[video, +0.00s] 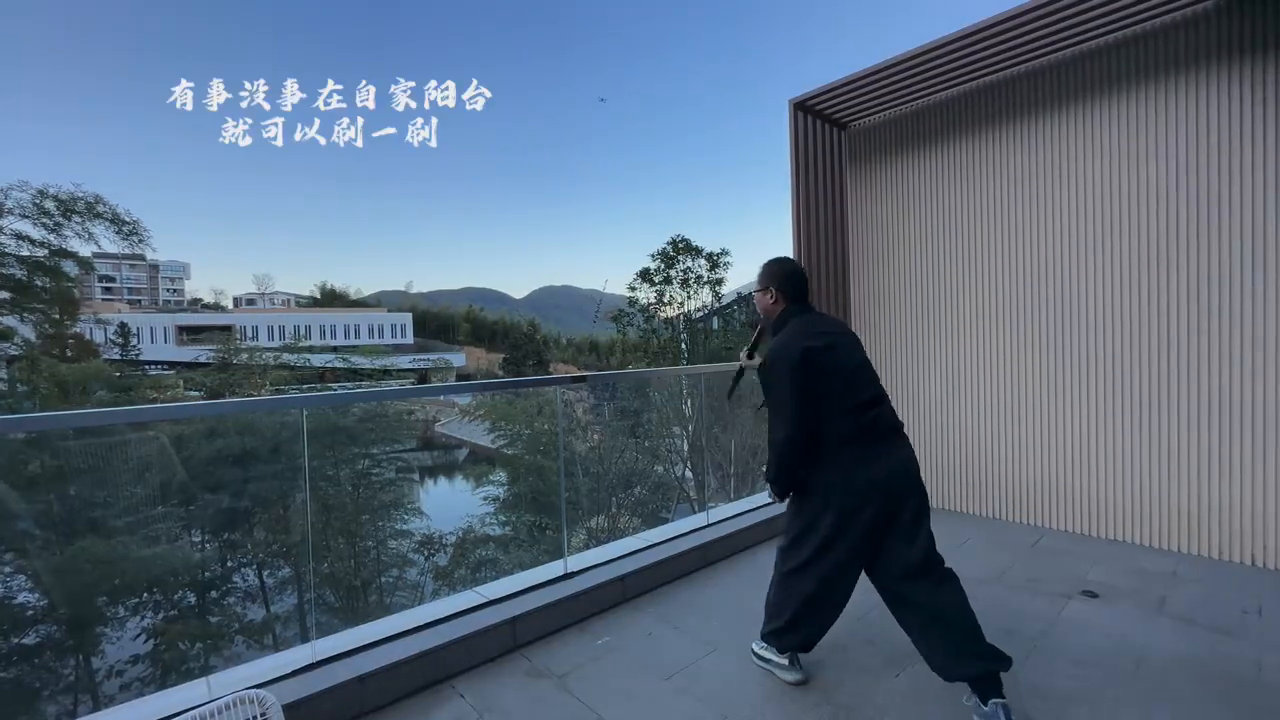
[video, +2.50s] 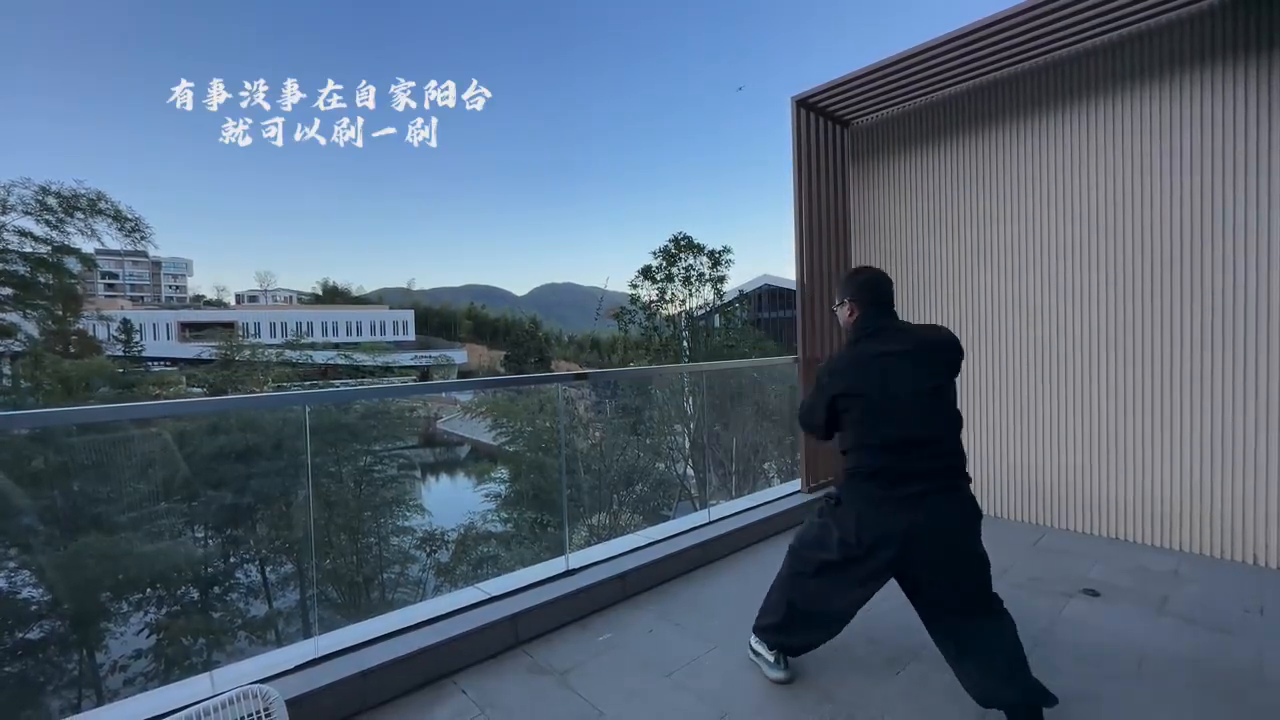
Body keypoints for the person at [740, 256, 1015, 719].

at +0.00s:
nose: (754, 301)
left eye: (758, 293)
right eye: (756, 293)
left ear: (775, 297)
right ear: (797, 296)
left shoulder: (784, 349)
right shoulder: (836, 330)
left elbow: (790, 430)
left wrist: (779, 482)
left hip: (838, 481)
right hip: (894, 470)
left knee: (803, 560)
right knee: (923, 576)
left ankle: (780, 645)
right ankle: (988, 688)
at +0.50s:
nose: (868, 297)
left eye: (874, 288)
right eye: (871, 288)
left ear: (899, 295)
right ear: (910, 298)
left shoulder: (898, 359)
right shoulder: (940, 352)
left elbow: (853, 431)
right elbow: (887, 403)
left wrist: (837, 419)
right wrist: (845, 360)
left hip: (896, 505)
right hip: (946, 503)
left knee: (817, 559)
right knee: (927, 605)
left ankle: (784, 647)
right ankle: (985, 703)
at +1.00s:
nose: (867, 312)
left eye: (870, 303)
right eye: (869, 303)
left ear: (887, 308)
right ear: (921, 307)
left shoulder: (878, 366)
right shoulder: (971, 360)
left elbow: (812, 401)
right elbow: (983, 406)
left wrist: (820, 362)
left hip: (887, 509)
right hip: (955, 514)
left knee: (818, 555)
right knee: (945, 607)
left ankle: (784, 646)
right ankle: (988, 705)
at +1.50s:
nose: (868, 318)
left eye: (871, 309)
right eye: (869, 310)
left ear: (889, 312)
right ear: (922, 312)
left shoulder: (877, 369)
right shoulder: (984, 364)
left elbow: (808, 396)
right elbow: (1013, 435)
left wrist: (783, 369)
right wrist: (963, 452)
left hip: (891, 518)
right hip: (963, 523)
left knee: (816, 555)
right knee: (951, 612)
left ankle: (784, 644)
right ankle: (990, 706)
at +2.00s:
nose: (791, 316)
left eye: (794, 309)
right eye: (793, 308)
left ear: (808, 314)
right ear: (843, 313)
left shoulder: (791, 367)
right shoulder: (890, 347)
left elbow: (735, 399)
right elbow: (947, 393)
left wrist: (749, 420)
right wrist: (915, 432)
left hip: (834, 501)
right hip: (904, 496)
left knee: (792, 560)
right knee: (935, 591)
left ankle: (770, 644)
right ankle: (988, 700)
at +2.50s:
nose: (838, 316)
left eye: (839, 308)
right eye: (838, 308)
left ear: (851, 310)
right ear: (889, 305)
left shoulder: (843, 366)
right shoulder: (939, 343)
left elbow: (816, 425)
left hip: (873, 508)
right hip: (946, 504)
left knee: (811, 559)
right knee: (974, 605)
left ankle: (771, 643)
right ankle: (1024, 704)